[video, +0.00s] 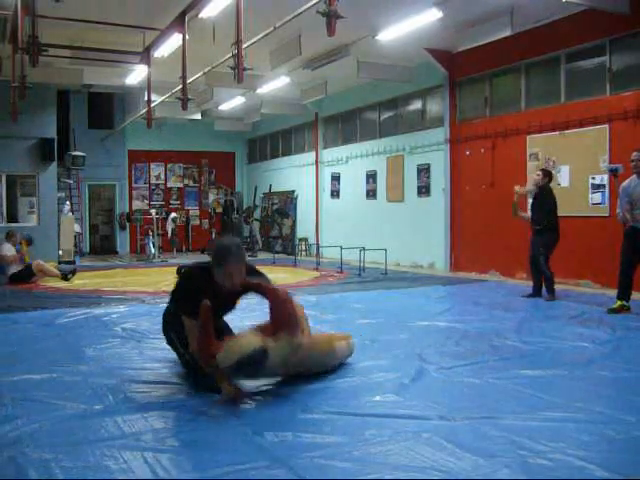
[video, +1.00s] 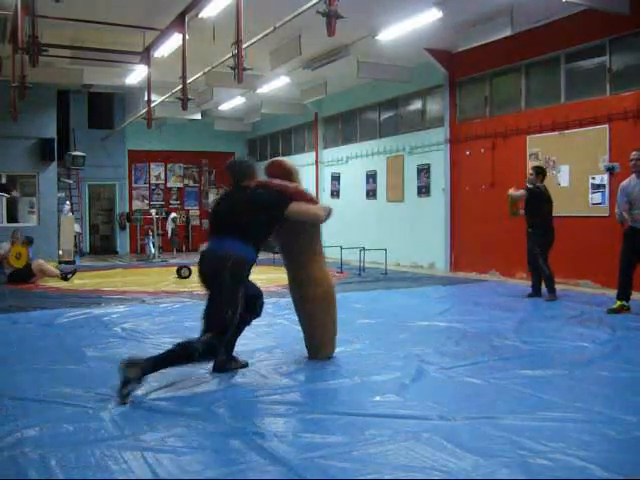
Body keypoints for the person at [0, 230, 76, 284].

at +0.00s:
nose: (17, 240)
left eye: (17, 238)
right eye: (16, 238)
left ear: (12, 238)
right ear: (11, 238)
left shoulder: (13, 248)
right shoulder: (6, 247)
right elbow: (7, 260)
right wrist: (20, 255)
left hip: (20, 274)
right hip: (14, 276)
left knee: (44, 269)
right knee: (38, 264)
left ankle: (64, 274)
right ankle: (62, 276)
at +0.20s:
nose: (19, 240)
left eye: (19, 238)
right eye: (19, 238)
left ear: (9, 237)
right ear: (17, 238)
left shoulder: (4, 247)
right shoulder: (15, 247)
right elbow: (24, 262)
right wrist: (31, 254)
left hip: (11, 277)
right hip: (18, 276)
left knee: (44, 271)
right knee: (39, 266)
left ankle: (64, 274)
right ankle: (63, 276)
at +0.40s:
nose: (22, 240)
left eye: (21, 239)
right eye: (21, 239)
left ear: (12, 237)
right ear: (20, 238)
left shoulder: (3, 246)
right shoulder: (19, 248)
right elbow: (26, 264)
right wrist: (29, 253)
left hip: (10, 278)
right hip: (18, 276)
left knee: (44, 271)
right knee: (42, 266)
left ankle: (64, 275)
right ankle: (64, 275)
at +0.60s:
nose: (18, 240)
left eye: (17, 238)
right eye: (17, 238)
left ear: (10, 237)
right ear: (14, 237)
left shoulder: (9, 246)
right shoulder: (10, 246)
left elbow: (16, 261)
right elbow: (16, 261)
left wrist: (23, 259)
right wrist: (25, 258)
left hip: (16, 275)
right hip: (13, 276)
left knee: (43, 270)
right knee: (40, 265)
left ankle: (64, 275)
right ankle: (63, 275)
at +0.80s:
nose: (18, 239)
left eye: (18, 237)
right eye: (16, 237)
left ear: (18, 238)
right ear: (11, 237)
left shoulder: (18, 247)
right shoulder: (6, 246)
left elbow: (23, 261)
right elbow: (3, 259)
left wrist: (25, 254)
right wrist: (15, 253)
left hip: (22, 274)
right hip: (13, 276)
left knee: (44, 270)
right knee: (38, 263)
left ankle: (64, 274)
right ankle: (62, 275)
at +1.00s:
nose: (16, 239)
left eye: (18, 237)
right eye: (15, 237)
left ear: (21, 238)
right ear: (11, 238)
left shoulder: (22, 247)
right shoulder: (6, 247)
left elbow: (31, 240)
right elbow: (2, 257)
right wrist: (10, 248)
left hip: (23, 274)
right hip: (12, 276)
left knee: (44, 269)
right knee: (39, 264)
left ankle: (63, 274)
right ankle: (61, 275)